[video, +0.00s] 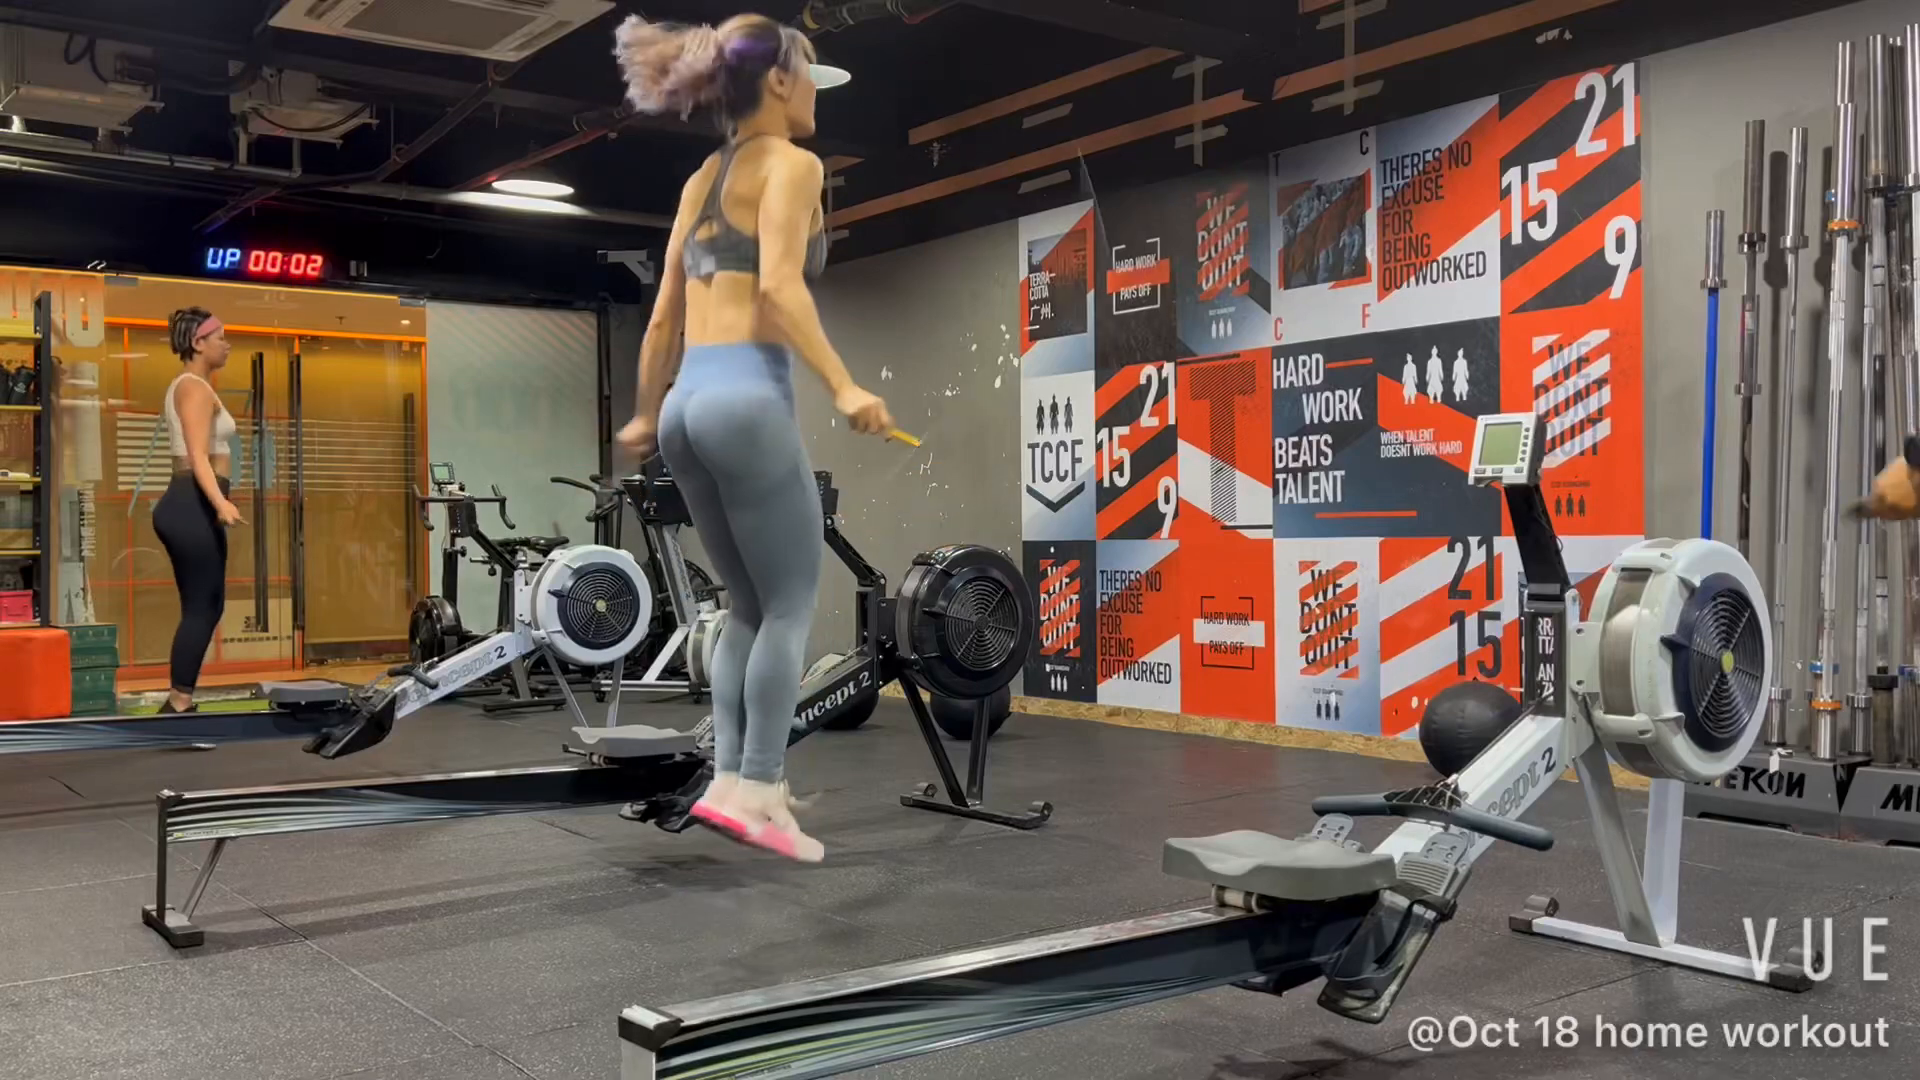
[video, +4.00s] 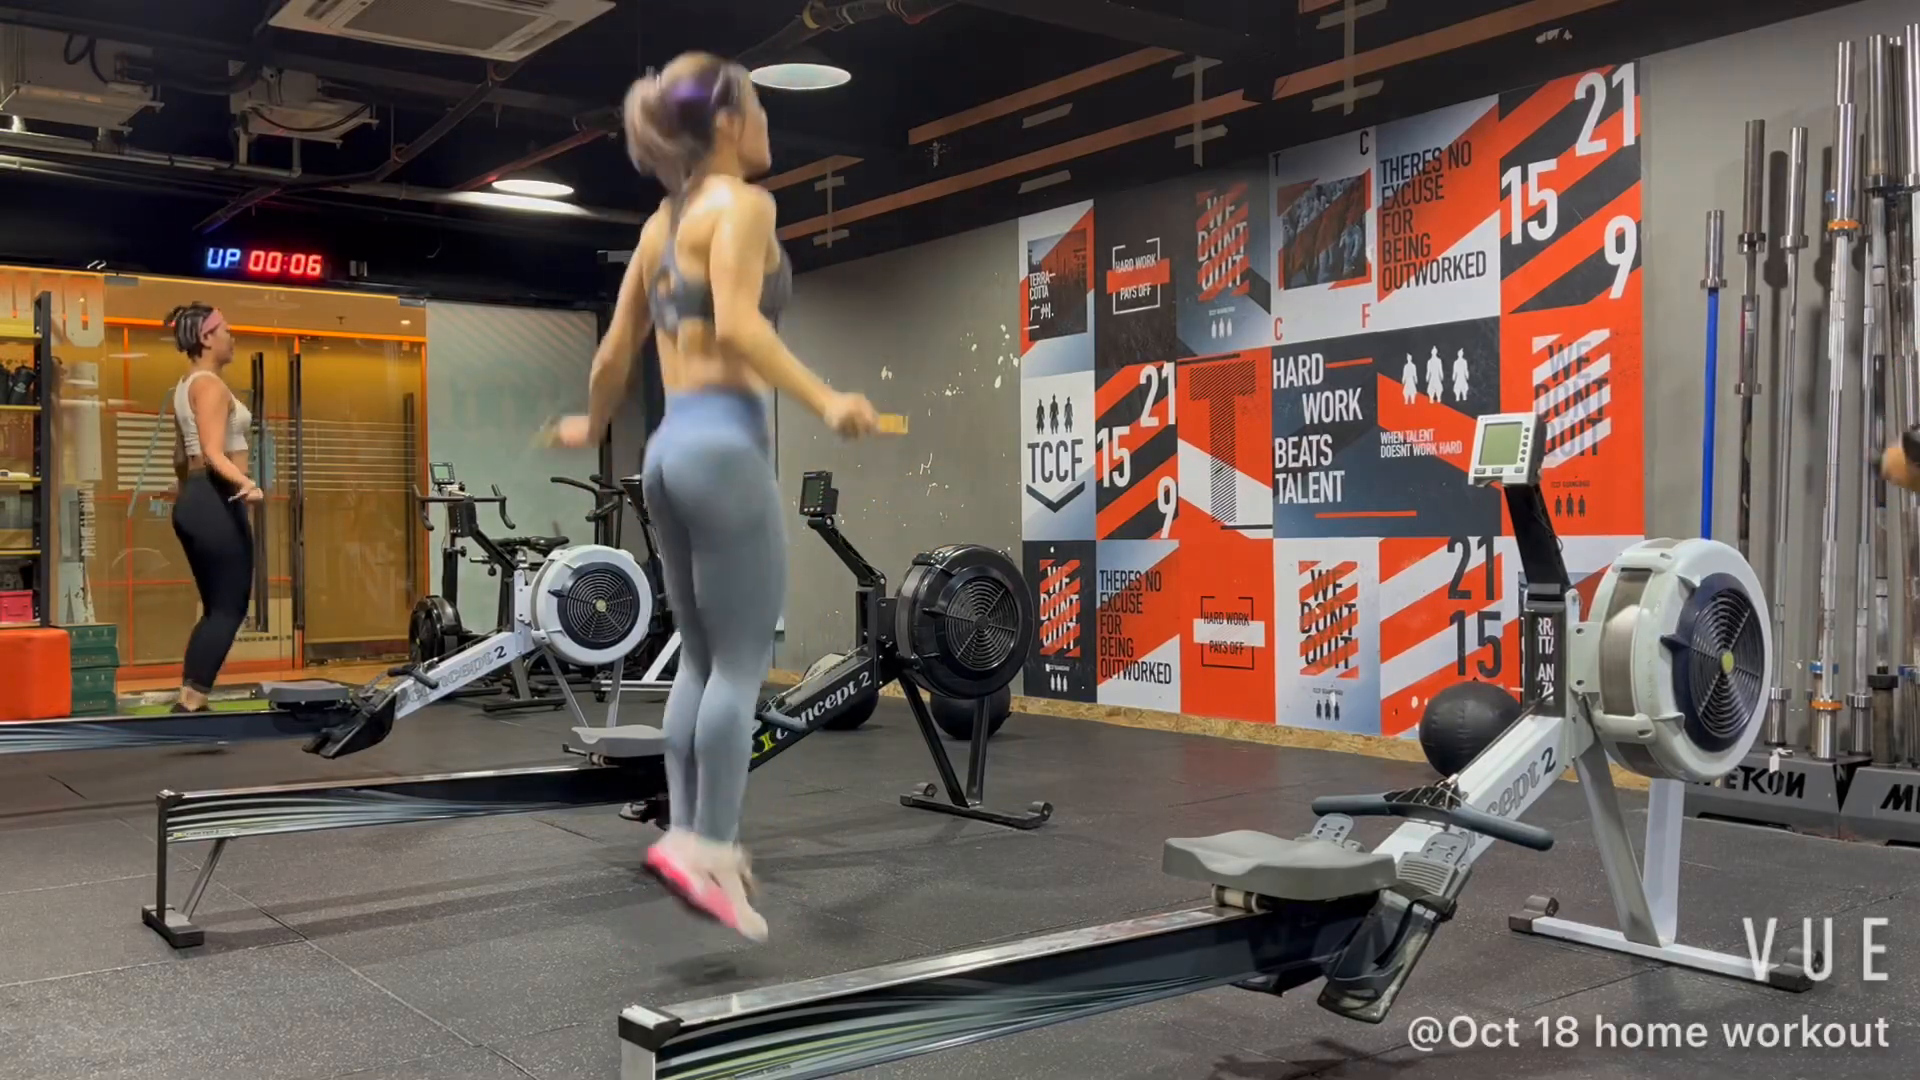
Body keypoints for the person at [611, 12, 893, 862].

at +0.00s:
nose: (812, 92)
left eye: (808, 77)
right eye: (804, 78)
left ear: (738, 91)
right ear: (776, 83)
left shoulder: (699, 181)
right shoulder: (791, 162)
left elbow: (666, 316)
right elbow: (778, 288)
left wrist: (647, 411)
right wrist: (844, 387)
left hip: (685, 394)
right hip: (744, 390)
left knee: (743, 605)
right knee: (790, 601)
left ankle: (733, 781)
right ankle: (760, 790)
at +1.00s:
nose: (781, 133)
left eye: (774, 118)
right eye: (771, 120)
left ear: (704, 145)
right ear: (744, 135)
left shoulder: (677, 237)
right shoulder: (763, 217)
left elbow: (640, 363)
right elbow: (758, 338)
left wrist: (611, 444)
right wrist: (847, 418)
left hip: (686, 457)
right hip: (742, 451)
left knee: (711, 671)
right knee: (755, 674)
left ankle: (709, 846)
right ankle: (736, 856)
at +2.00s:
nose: (775, 217)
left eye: (768, 203)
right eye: (764, 204)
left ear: (707, 227)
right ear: (736, 220)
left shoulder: (668, 312)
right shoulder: (746, 306)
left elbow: (618, 438)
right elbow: (733, 434)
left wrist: (615, 481)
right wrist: (828, 506)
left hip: (669, 542)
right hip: (719, 541)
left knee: (729, 747)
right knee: (761, 745)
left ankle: (672, 915)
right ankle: (683, 922)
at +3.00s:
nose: (763, 96)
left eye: (759, 80)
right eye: (754, 82)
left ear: (691, 96)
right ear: (722, 87)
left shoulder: (654, 188)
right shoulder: (739, 166)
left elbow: (616, 319)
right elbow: (722, 285)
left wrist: (605, 413)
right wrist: (791, 381)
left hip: (657, 412)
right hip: (714, 408)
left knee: (704, 621)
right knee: (750, 618)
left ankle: (689, 795)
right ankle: (712, 805)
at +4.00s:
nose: (763, 123)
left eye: (756, 108)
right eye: (754, 110)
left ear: (684, 133)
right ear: (727, 123)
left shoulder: (659, 223)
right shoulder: (744, 203)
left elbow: (617, 349)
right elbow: (736, 323)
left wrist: (589, 424)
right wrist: (827, 401)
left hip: (669, 446)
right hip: (721, 443)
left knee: (699, 657)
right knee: (739, 659)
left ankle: (689, 838)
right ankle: (711, 846)